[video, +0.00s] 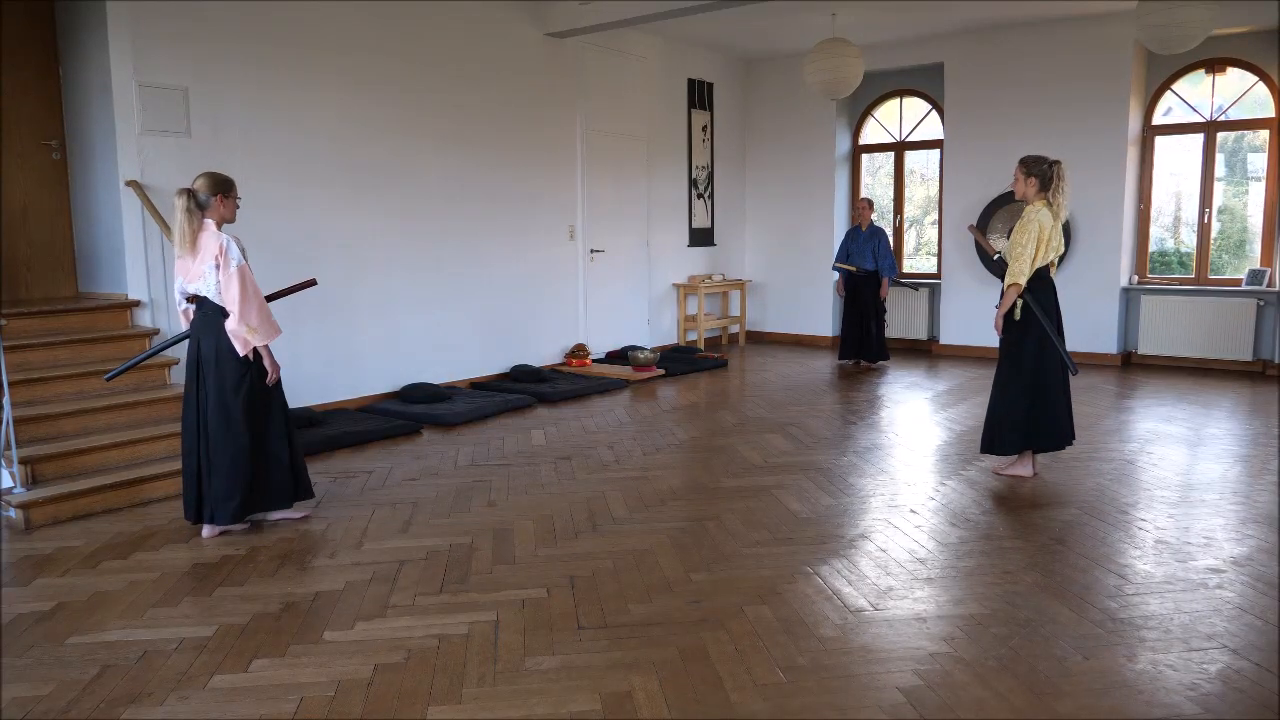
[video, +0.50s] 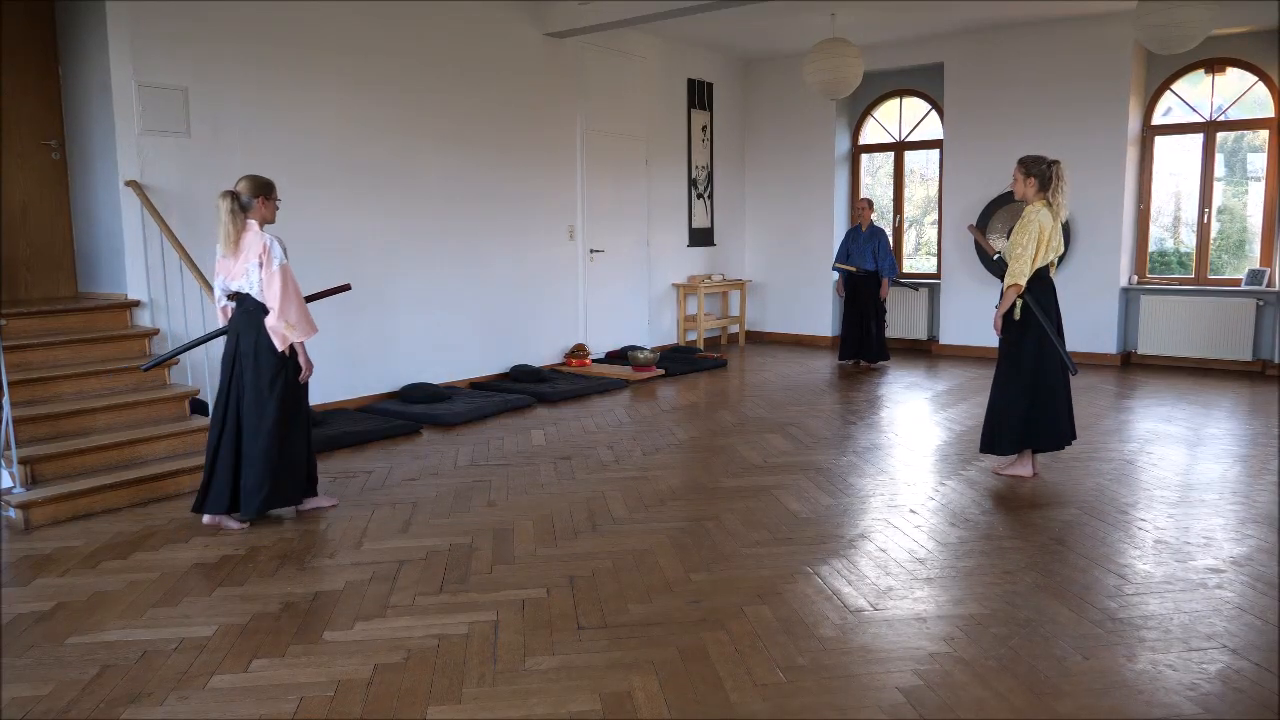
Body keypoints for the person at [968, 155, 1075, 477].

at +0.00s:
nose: (1013, 184)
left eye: (1016, 178)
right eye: (1014, 178)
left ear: (1032, 182)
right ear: (1036, 182)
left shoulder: (1032, 217)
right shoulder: (1050, 213)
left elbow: (1021, 267)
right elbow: (1019, 255)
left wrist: (1002, 308)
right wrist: (987, 243)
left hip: (1028, 301)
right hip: (1042, 298)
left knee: (1025, 375)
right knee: (1034, 375)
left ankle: (1025, 459)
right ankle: (1026, 455)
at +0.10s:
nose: (1013, 184)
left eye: (1017, 179)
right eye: (1014, 178)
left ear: (1032, 182)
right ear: (1036, 182)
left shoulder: (1033, 216)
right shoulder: (1050, 213)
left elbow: (1021, 267)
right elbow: (1027, 257)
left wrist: (1002, 308)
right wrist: (990, 245)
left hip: (1028, 301)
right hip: (1042, 297)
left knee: (1026, 375)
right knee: (1033, 375)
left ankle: (1025, 459)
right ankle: (1026, 455)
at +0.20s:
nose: (1013, 184)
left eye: (1017, 178)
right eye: (1014, 178)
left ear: (1032, 182)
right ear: (1036, 182)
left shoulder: (1032, 216)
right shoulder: (1049, 214)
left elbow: (1021, 268)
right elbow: (1017, 255)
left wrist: (1002, 308)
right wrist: (986, 243)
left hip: (1028, 301)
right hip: (1041, 298)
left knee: (1025, 376)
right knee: (1033, 375)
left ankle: (1024, 459)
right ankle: (1026, 456)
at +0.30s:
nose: (1013, 184)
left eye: (1016, 179)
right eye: (1014, 178)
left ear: (1032, 182)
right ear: (1036, 182)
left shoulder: (1032, 216)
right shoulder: (1049, 214)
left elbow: (1021, 268)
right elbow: (1017, 255)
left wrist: (1002, 308)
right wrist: (986, 243)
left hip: (1028, 301)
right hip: (1041, 299)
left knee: (1025, 376)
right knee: (1033, 376)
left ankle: (1024, 459)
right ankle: (1025, 456)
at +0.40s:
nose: (1012, 185)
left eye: (1016, 180)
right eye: (1013, 179)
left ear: (1031, 182)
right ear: (1035, 182)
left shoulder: (1032, 217)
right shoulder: (1048, 214)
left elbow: (1021, 268)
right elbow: (1016, 254)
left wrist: (1001, 308)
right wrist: (986, 243)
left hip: (1028, 301)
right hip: (1041, 299)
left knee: (1025, 376)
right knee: (1032, 376)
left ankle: (1024, 459)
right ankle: (1025, 456)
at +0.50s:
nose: (1012, 185)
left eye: (1016, 179)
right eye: (1013, 179)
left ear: (1031, 182)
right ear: (1035, 182)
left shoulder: (1032, 217)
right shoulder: (1048, 214)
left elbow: (1021, 268)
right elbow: (1016, 254)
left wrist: (1001, 308)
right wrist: (987, 243)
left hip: (1028, 301)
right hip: (1041, 298)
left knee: (1025, 376)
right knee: (1033, 376)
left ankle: (1025, 459)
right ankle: (1025, 455)